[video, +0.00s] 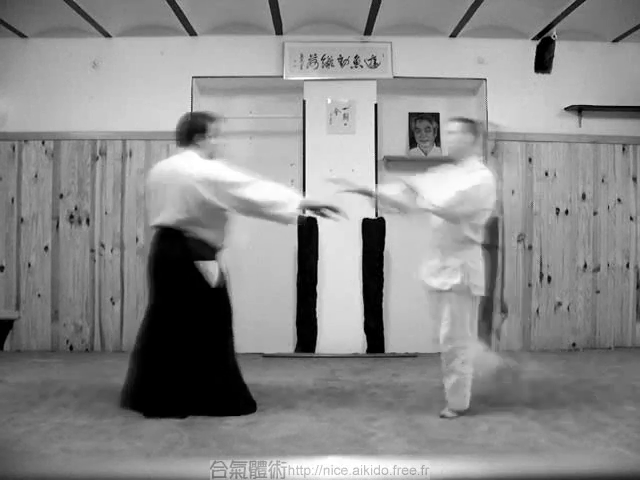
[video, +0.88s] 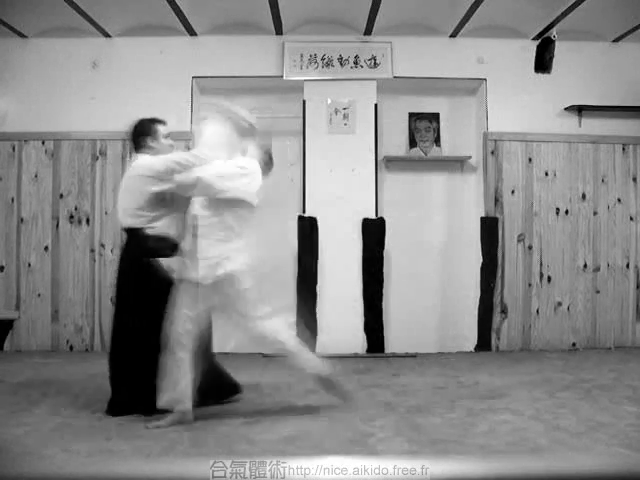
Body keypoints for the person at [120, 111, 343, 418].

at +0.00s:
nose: (220, 141)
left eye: (220, 135)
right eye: (216, 136)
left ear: (187, 139)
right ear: (200, 138)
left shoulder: (159, 169)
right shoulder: (205, 170)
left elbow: (158, 213)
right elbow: (250, 192)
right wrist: (302, 203)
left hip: (163, 251)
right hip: (194, 255)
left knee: (165, 324)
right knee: (210, 325)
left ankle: (152, 395)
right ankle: (218, 396)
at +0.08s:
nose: (207, 143)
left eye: (206, 137)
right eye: (203, 137)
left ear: (177, 140)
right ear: (190, 139)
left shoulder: (156, 171)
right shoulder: (193, 171)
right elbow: (240, 194)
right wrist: (293, 202)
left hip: (158, 252)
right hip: (187, 256)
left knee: (162, 325)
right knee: (210, 322)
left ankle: (150, 394)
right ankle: (217, 395)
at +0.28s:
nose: (179, 148)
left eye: (179, 142)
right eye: (173, 142)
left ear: (150, 145)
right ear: (155, 144)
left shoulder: (141, 172)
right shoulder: (157, 174)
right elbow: (199, 197)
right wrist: (246, 199)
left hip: (146, 256)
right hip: (165, 259)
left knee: (150, 330)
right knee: (191, 329)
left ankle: (138, 395)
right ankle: (210, 394)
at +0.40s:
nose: (165, 145)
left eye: (165, 140)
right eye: (159, 140)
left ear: (141, 143)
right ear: (141, 143)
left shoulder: (140, 169)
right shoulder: (142, 174)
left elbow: (178, 182)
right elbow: (186, 190)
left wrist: (203, 178)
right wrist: (214, 184)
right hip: (154, 260)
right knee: (174, 329)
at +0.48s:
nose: (160, 144)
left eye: (160, 139)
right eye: (155, 139)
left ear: (140, 141)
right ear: (138, 141)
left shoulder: (143, 168)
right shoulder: (133, 171)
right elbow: (164, 181)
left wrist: (184, 161)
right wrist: (176, 160)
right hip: (148, 259)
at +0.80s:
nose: (166, 141)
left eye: (164, 135)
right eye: (159, 137)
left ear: (139, 143)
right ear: (142, 142)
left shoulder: (135, 167)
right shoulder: (147, 166)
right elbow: (189, 155)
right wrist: (207, 128)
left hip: (134, 250)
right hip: (158, 253)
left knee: (132, 325)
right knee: (155, 327)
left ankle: (127, 397)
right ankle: (145, 398)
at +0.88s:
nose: (172, 142)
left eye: (170, 137)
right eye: (165, 138)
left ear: (145, 143)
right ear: (147, 143)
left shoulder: (142, 166)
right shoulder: (150, 166)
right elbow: (196, 160)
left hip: (141, 250)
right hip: (150, 253)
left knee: (138, 325)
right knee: (146, 327)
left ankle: (132, 398)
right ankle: (137, 398)